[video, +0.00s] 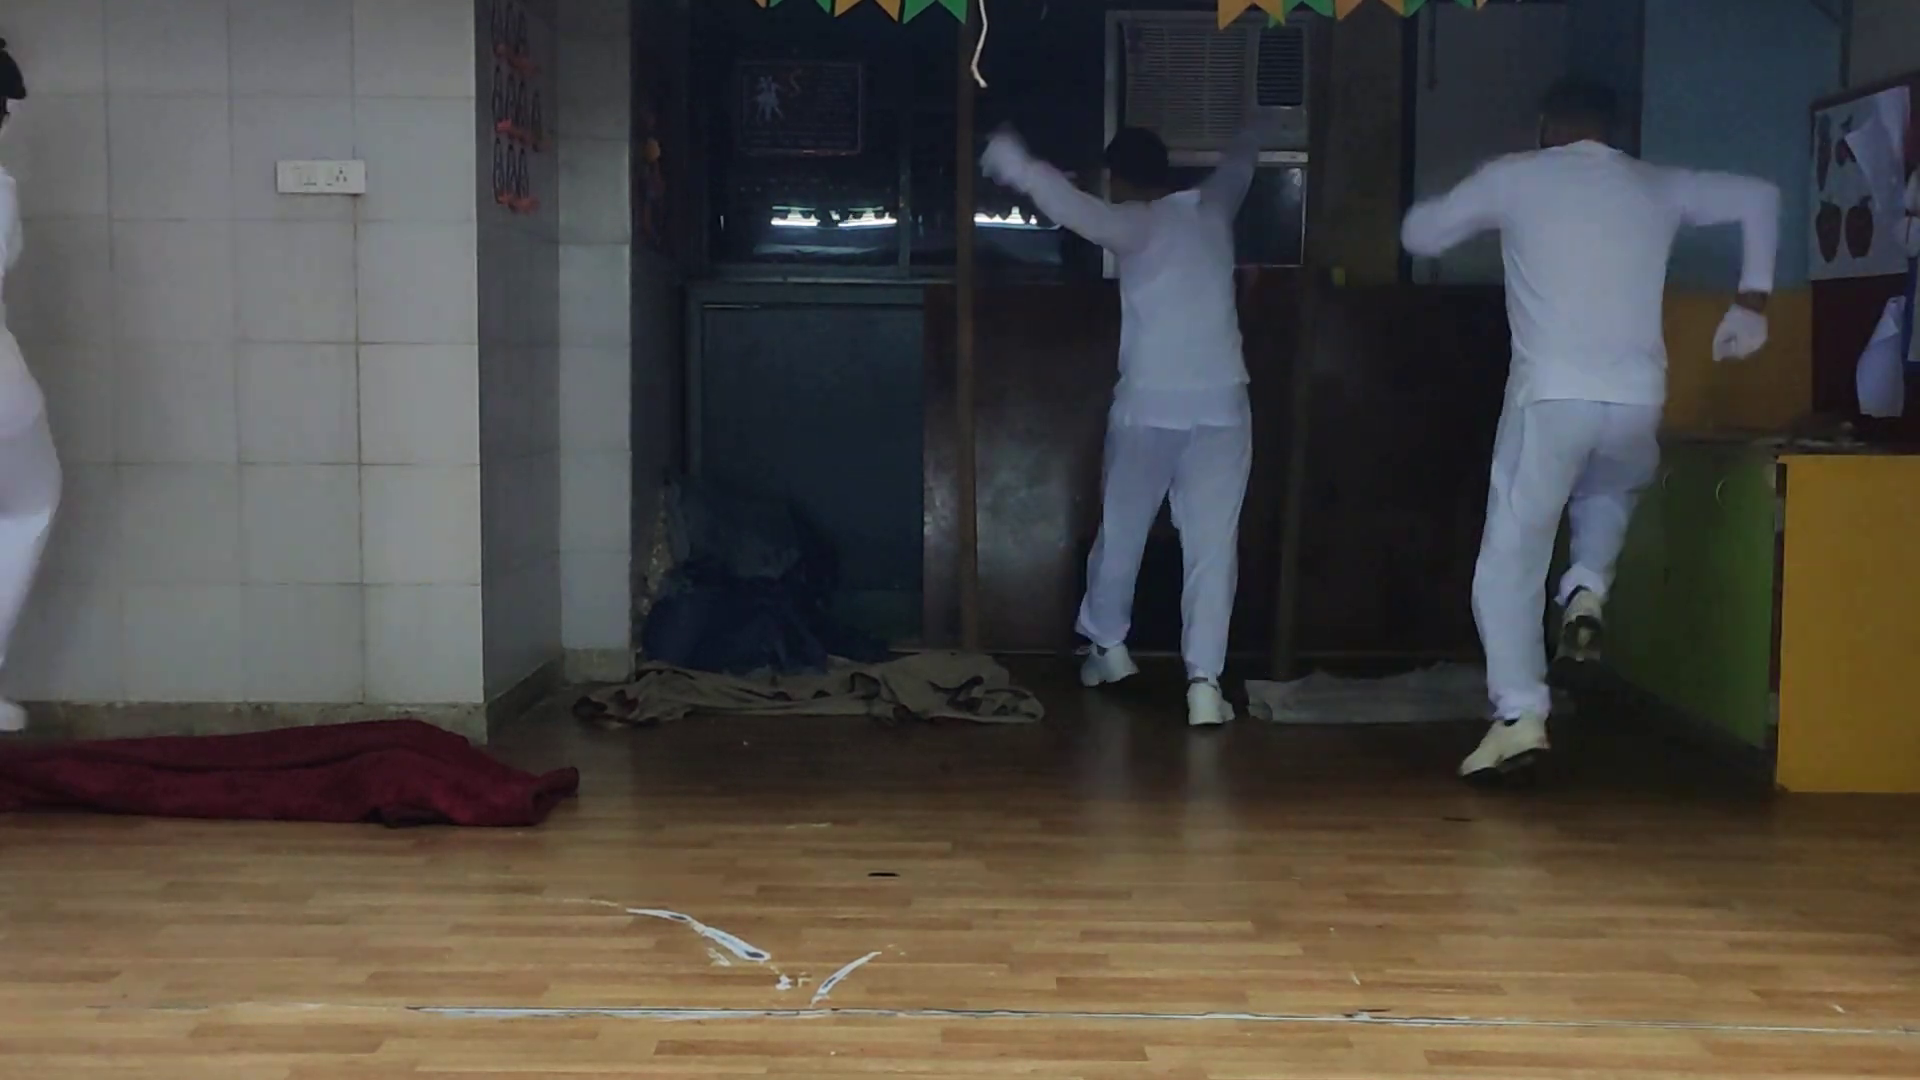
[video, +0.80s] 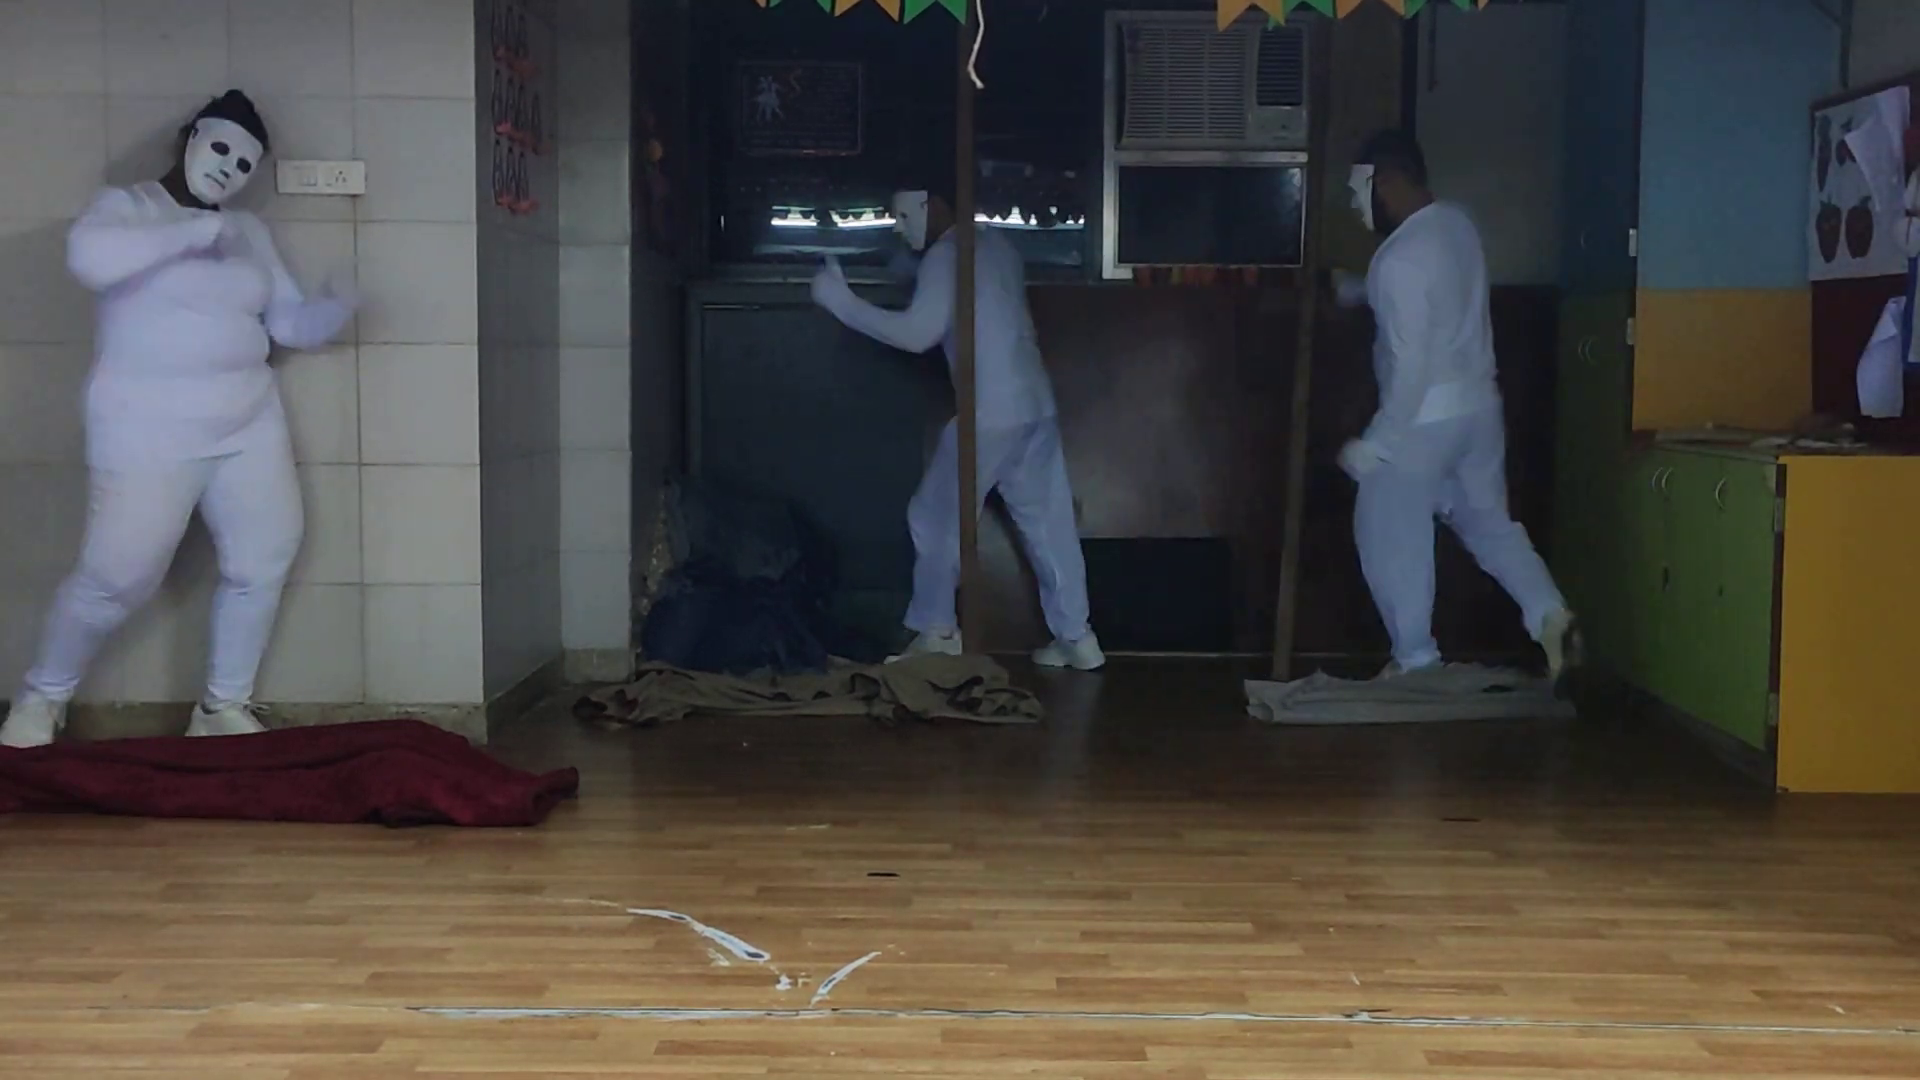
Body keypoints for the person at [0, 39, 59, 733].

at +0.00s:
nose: (6, 115)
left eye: (8, 102)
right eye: (6, 102)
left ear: (11, 104)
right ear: (3, 102)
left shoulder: (6, 187)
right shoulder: (4, 188)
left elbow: (8, 252)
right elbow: (8, 253)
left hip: (5, 352)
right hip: (5, 356)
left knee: (30, 492)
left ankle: (0, 685)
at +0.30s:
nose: (96, 200)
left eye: (102, 188)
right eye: (97, 185)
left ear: (50, 156)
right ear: (72, 168)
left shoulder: (17, 214)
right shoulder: (30, 228)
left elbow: (40, 347)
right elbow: (42, 351)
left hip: (23, 438)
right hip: (34, 443)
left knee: (35, 574)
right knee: (56, 572)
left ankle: (6, 719)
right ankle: (2, 719)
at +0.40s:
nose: (126, 181)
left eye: (132, 168)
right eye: (124, 164)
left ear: (80, 137)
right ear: (93, 142)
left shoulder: (34, 185)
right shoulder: (45, 196)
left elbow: (63, 300)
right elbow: (93, 289)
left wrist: (126, 307)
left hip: (68, 417)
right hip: (47, 424)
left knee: (123, 529)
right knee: (43, 567)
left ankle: (13, 653)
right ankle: (5, 706)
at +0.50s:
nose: (151, 155)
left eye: (160, 144)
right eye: (150, 137)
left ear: (110, 120)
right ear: (117, 119)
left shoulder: (103, 186)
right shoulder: (63, 170)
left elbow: (95, 300)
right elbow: (137, 213)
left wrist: (163, 318)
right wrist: (218, 150)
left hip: (124, 396)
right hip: (55, 401)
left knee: (160, 516)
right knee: (45, 551)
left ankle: (129, 680)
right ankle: (4, 704)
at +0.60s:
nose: (173, 146)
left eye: (180, 136)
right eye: (167, 132)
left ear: (172, 136)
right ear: (137, 123)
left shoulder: (158, 217)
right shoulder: (80, 181)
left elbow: (170, 306)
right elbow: (166, 159)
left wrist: (240, 336)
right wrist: (259, 87)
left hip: (167, 396)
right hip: (85, 397)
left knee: (199, 542)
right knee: (53, 560)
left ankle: (221, 695)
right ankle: (1, 703)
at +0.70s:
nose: (225, 172)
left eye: (229, 161)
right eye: (214, 156)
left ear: (218, 168)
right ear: (174, 146)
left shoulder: (203, 235)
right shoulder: (104, 213)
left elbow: (234, 319)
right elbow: (152, 184)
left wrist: (294, 353)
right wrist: (238, 125)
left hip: (215, 427)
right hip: (123, 430)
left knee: (240, 562)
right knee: (77, 576)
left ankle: (220, 710)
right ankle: (6, 704)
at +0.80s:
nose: (225, 166)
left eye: (242, 162)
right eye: (217, 147)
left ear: (252, 176)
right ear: (188, 141)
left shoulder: (250, 233)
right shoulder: (130, 204)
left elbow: (286, 321)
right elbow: (90, 259)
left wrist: (328, 313)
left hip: (245, 424)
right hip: (146, 426)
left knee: (262, 557)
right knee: (119, 574)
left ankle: (224, 708)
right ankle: (44, 698)